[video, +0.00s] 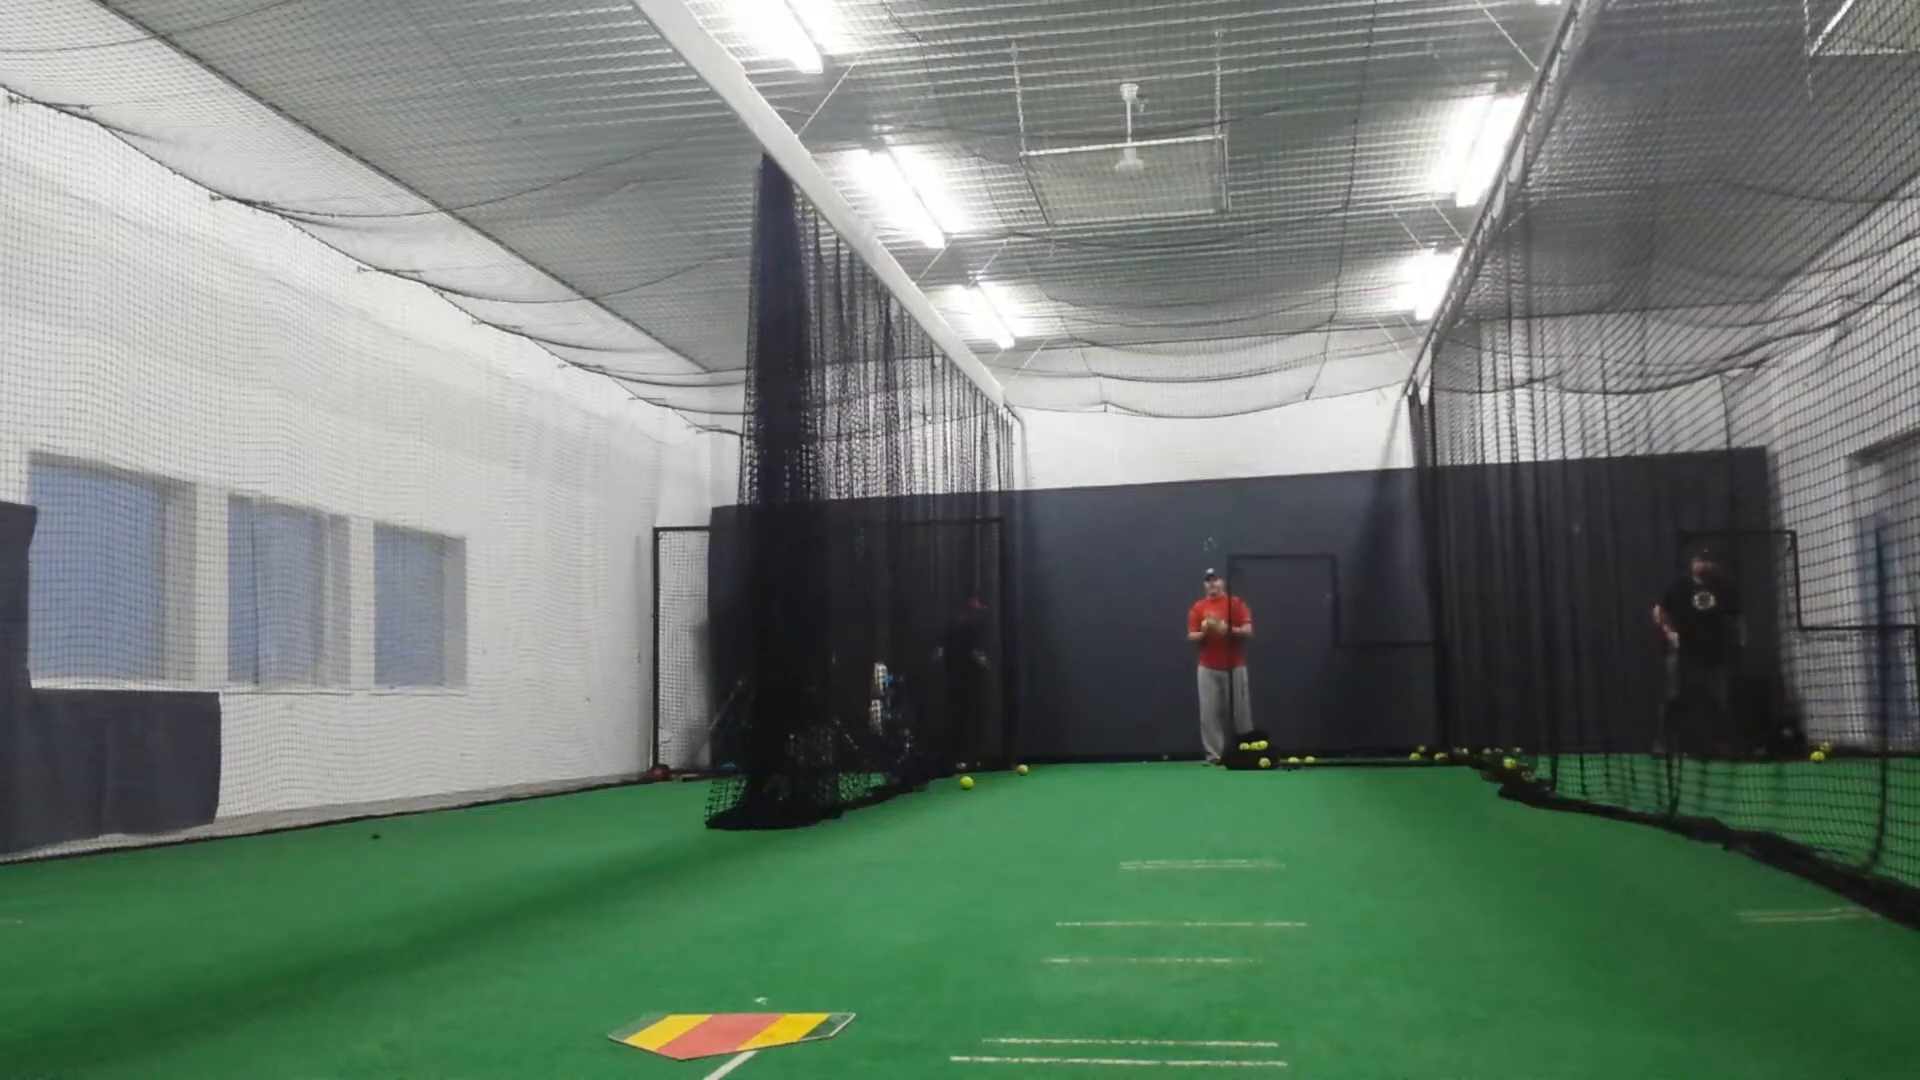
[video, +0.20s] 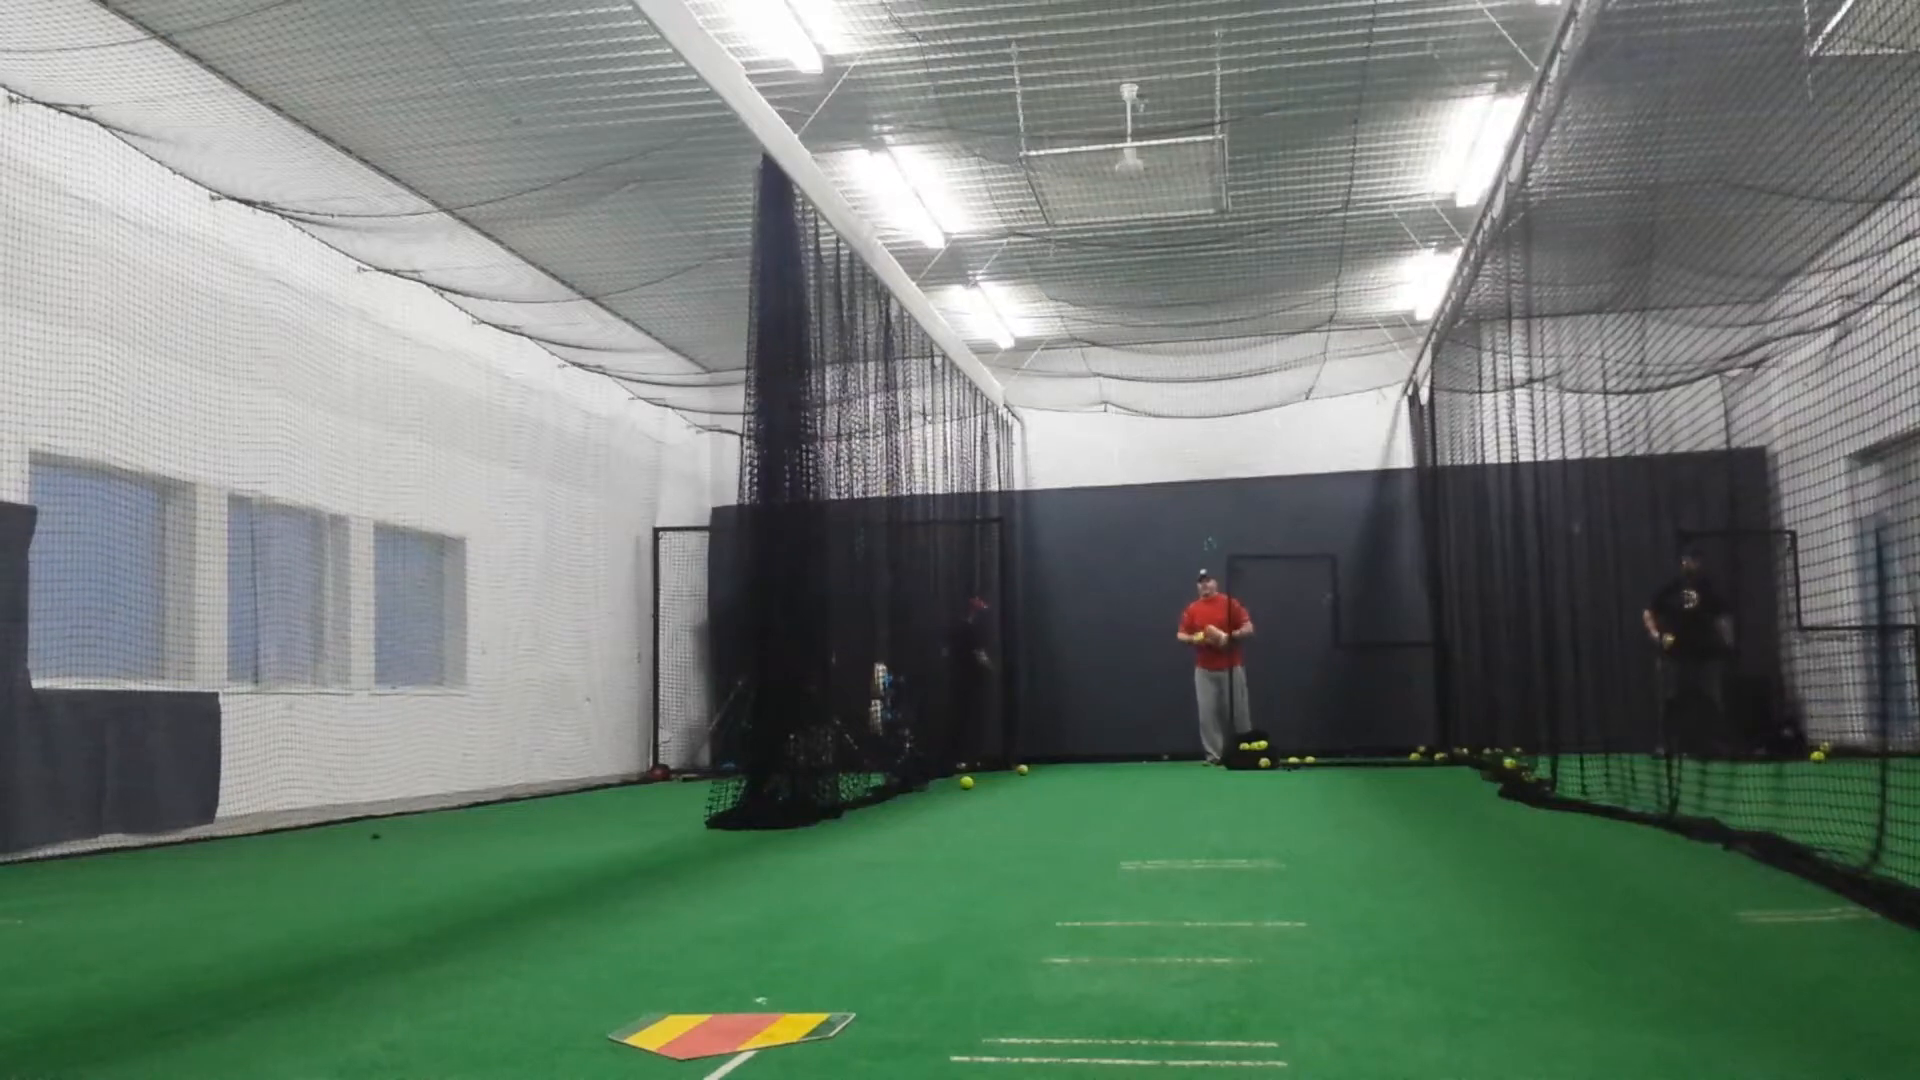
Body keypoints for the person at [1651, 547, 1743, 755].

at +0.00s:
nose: (1703, 572)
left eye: (1708, 567)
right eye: (1699, 567)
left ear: (1717, 568)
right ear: (1692, 567)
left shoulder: (1726, 589)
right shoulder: (1680, 588)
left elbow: (1737, 617)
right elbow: (1660, 612)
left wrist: (1739, 641)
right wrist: (1672, 633)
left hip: (1717, 650)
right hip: (1685, 650)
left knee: (1718, 699)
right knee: (1679, 696)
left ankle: (1720, 742)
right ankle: (1669, 741)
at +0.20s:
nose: (1692, 568)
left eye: (1696, 563)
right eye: (1688, 564)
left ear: (1702, 564)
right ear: (1682, 564)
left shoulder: (1709, 587)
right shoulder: (1671, 588)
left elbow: (1722, 617)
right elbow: (1648, 613)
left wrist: (1728, 641)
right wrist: (1659, 635)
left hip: (1706, 648)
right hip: (1675, 649)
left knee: (1709, 697)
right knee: (1670, 697)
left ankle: (1711, 743)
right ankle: (1667, 742)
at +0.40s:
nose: (1668, 568)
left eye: (1671, 564)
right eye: (1664, 564)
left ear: (1678, 566)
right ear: (1659, 566)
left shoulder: (1693, 587)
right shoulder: (1651, 590)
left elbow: (1707, 614)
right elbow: (1633, 617)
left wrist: (1711, 637)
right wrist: (1645, 634)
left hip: (1691, 647)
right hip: (1663, 650)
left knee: (1693, 696)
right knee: (1663, 698)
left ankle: (1695, 743)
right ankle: (1664, 743)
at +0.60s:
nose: (1657, 579)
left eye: (1662, 574)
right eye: (1653, 575)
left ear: (1671, 572)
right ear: (1649, 574)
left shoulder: (1683, 590)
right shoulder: (1643, 592)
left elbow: (1694, 613)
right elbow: (1626, 617)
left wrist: (1693, 634)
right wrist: (1636, 635)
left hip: (1679, 645)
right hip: (1654, 647)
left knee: (1683, 693)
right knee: (1657, 696)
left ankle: (1686, 741)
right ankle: (1660, 743)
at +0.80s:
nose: (1652, 569)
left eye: (1657, 564)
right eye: (1648, 564)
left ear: (1667, 567)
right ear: (1644, 566)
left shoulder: (1678, 589)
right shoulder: (1639, 591)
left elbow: (1688, 612)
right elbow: (1627, 618)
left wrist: (1688, 633)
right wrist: (1630, 638)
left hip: (1675, 644)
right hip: (1649, 647)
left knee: (1679, 692)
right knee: (1654, 695)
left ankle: (1685, 742)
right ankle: (1659, 743)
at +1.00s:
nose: (1646, 572)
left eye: (1651, 567)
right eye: (1642, 567)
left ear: (1661, 568)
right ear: (1639, 569)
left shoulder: (1674, 590)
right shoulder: (1641, 594)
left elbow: (1685, 617)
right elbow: (1631, 626)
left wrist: (1679, 640)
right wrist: (1617, 647)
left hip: (1672, 649)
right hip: (1649, 650)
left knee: (1677, 695)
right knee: (1653, 697)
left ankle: (1683, 743)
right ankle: (1659, 744)